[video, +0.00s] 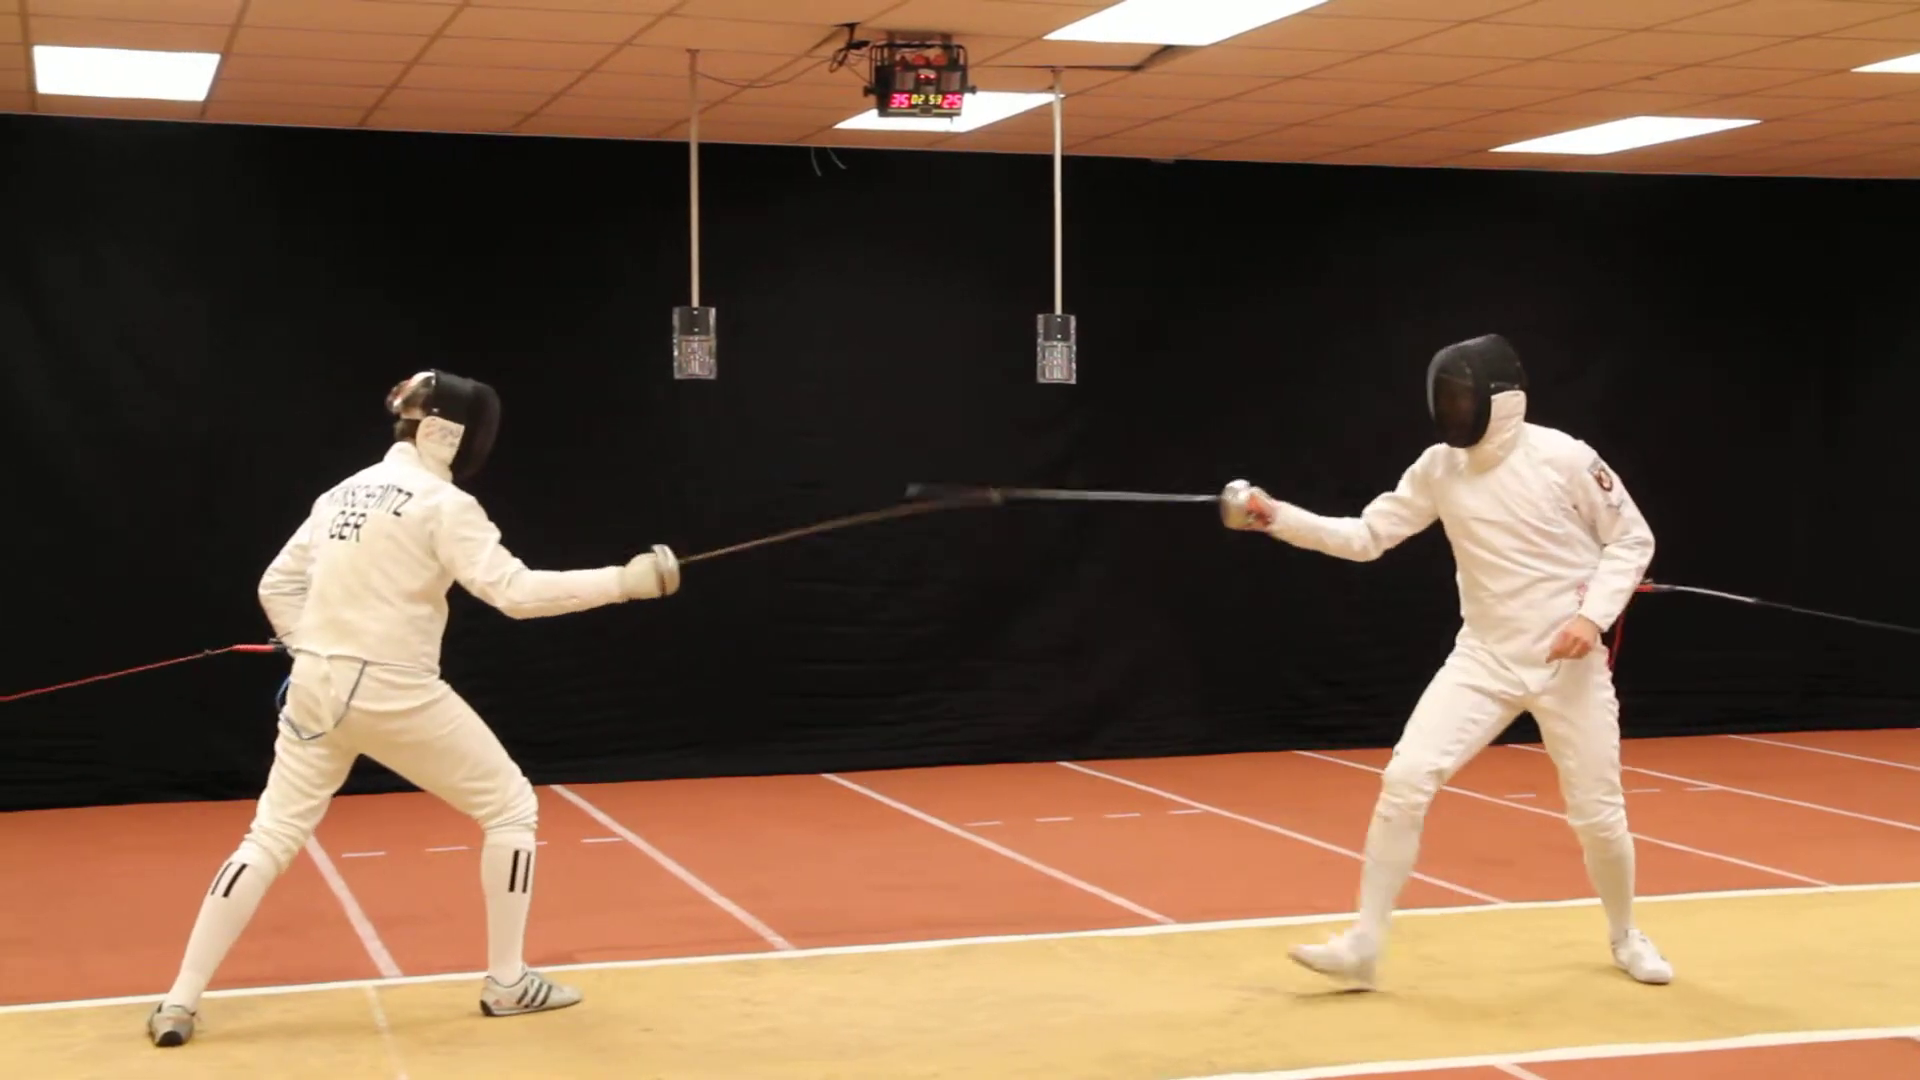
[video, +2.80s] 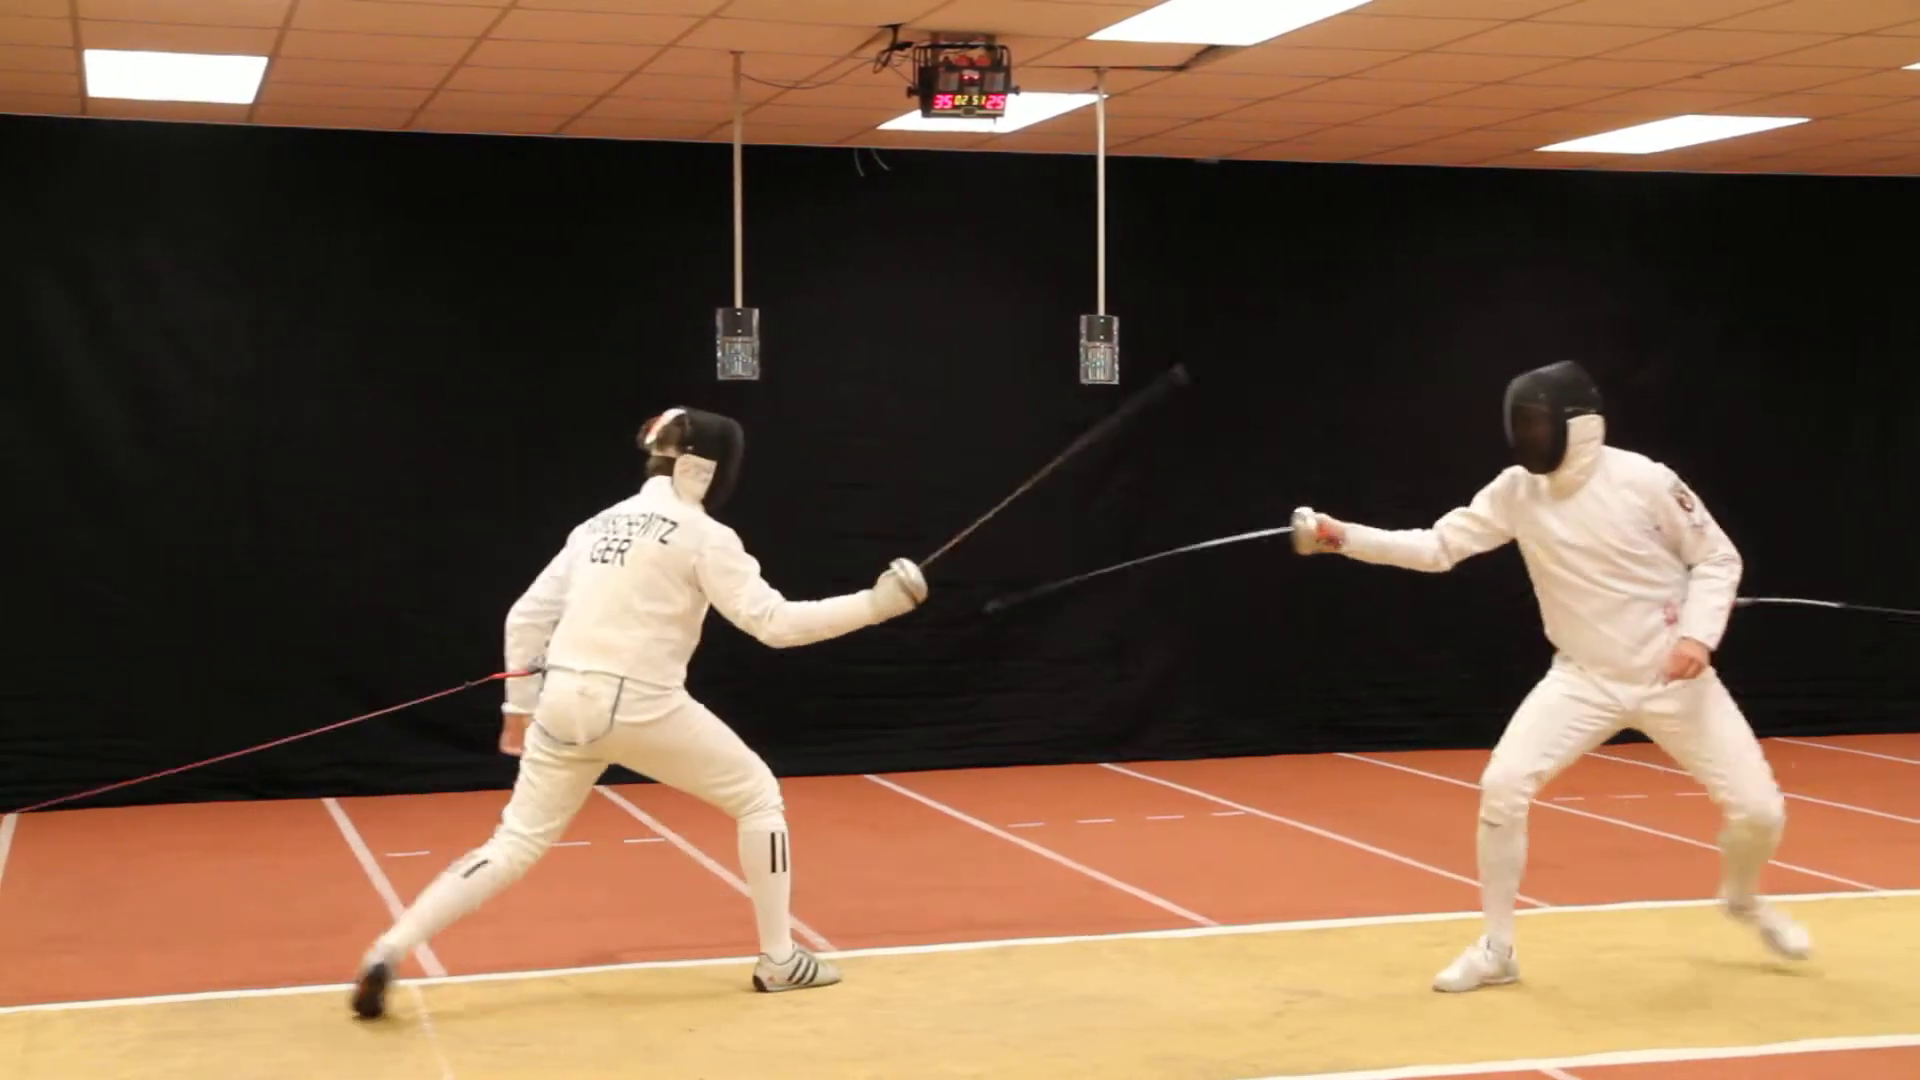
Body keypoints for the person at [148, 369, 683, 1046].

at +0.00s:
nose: (474, 444)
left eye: (473, 431)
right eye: (469, 430)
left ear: (410, 426)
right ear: (443, 430)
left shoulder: (341, 497)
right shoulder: (444, 505)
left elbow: (278, 586)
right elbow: (515, 591)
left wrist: (321, 658)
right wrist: (627, 580)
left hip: (313, 687)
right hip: (395, 691)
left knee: (268, 837)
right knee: (511, 806)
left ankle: (179, 1002)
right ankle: (508, 981)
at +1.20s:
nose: (482, 468)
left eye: (477, 453)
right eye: (478, 456)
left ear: (413, 450)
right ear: (458, 460)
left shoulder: (354, 517)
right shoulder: (442, 532)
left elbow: (300, 603)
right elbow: (526, 607)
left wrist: (327, 675)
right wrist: (638, 581)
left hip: (322, 708)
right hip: (400, 712)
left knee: (280, 854)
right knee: (531, 810)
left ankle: (178, 996)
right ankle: (603, 965)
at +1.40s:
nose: (541, 461)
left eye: (528, 444)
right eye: (539, 448)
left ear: (496, 444)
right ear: (533, 454)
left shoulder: (430, 510)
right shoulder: (525, 523)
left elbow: (368, 595)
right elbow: (616, 594)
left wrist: (399, 670)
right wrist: (730, 579)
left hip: (385, 695)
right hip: (469, 704)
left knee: (334, 842)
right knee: (589, 802)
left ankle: (212, 977)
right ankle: (618, 967)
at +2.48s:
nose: (560, 468)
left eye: (555, 453)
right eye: (563, 457)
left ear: (533, 458)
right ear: (564, 465)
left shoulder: (477, 524)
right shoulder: (560, 531)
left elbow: (421, 611)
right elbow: (650, 606)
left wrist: (452, 679)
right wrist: (762, 592)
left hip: (435, 708)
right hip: (516, 707)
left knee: (361, 848)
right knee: (653, 777)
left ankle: (242, 984)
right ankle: (696, 939)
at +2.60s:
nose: (656, 473)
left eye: (633, 456)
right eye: (659, 463)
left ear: (599, 458)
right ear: (655, 467)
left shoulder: (541, 521)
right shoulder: (646, 529)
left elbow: (473, 604)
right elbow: (737, 581)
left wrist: (494, 673)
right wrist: (844, 568)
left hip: (495, 692)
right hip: (579, 701)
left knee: (397, 827)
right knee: (689, 813)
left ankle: (267, 951)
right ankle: (770, 956)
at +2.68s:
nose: (704, 481)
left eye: (685, 463)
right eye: (704, 470)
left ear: (639, 467)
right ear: (694, 476)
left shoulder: (576, 531)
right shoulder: (689, 540)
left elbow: (502, 613)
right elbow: (778, 600)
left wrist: (493, 702)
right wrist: (879, 573)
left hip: (533, 701)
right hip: (619, 708)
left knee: (446, 838)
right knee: (734, 796)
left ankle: (313, 942)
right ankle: (780, 956)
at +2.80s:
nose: (719, 481)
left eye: (708, 466)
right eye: (717, 469)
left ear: (663, 460)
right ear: (705, 470)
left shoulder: (598, 526)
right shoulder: (702, 532)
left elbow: (527, 617)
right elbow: (775, 623)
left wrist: (519, 703)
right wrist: (882, 600)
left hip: (560, 699)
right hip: (642, 705)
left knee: (514, 845)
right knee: (757, 796)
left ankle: (391, 948)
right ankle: (780, 957)